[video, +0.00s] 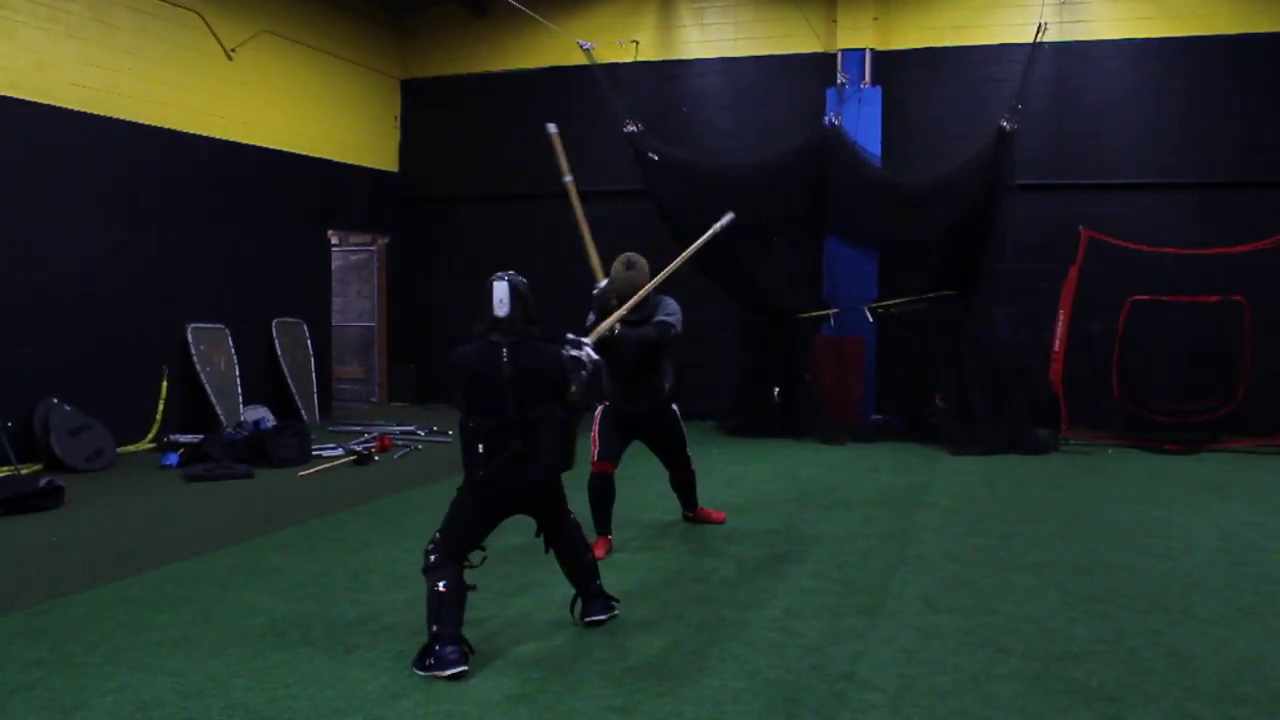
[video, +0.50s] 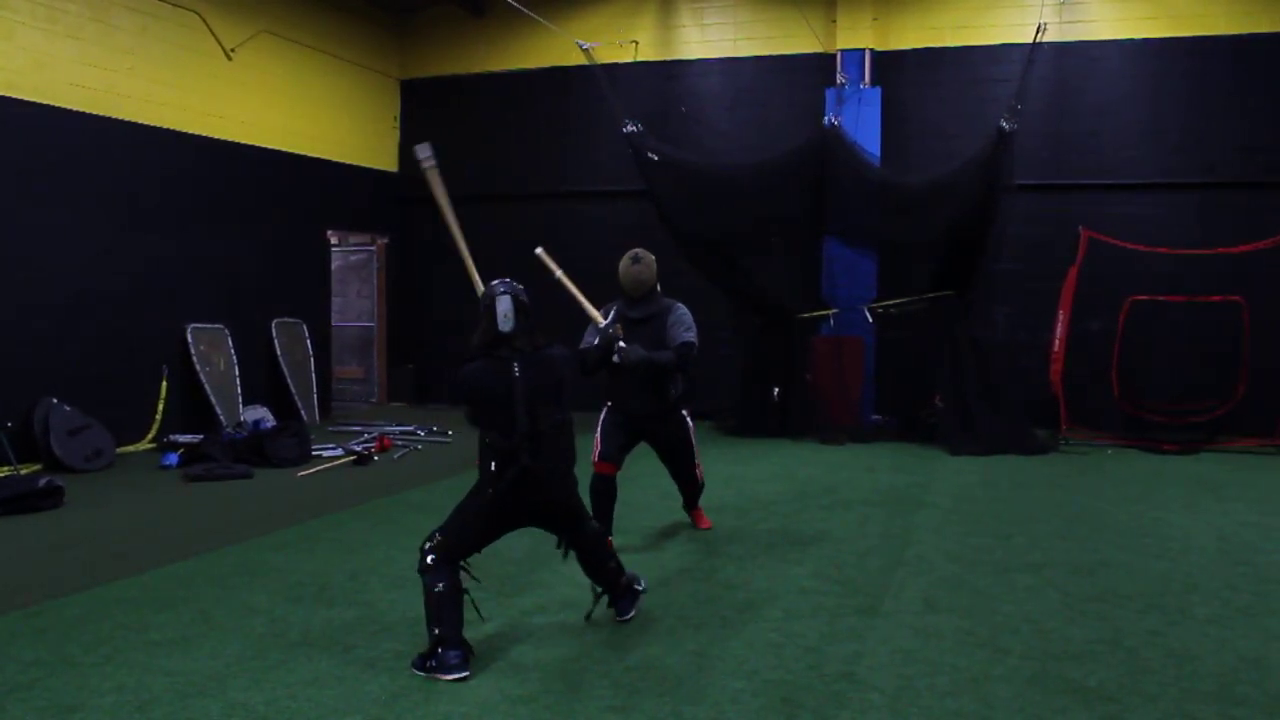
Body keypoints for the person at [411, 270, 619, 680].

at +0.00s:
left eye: (493, 306)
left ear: (485, 312)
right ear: (529, 310)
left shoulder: (467, 359)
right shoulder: (548, 356)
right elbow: (567, 410)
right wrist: (587, 367)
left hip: (489, 481)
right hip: (542, 476)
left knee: (444, 553)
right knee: (561, 526)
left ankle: (446, 645)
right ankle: (595, 599)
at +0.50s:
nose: (505, 320)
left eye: (498, 312)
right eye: (508, 310)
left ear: (484, 321)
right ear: (530, 318)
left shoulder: (475, 371)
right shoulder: (556, 362)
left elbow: (473, 417)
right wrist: (602, 343)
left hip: (498, 494)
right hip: (554, 490)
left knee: (437, 553)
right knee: (585, 535)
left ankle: (448, 649)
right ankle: (623, 593)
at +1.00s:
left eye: (592, 292)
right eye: (612, 292)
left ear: (582, 297)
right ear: (624, 298)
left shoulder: (564, 344)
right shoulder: (643, 346)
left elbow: (543, 401)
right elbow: (660, 403)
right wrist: (642, 441)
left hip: (581, 461)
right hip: (630, 460)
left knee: (553, 543)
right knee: (637, 522)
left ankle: (611, 622)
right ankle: (641, 599)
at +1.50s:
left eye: (615, 299)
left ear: (616, 304)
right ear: (655, 307)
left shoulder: (595, 344)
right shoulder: (672, 353)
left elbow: (562, 404)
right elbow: (685, 414)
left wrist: (586, 427)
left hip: (607, 468)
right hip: (656, 467)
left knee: (578, 545)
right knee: (670, 529)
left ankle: (621, 634)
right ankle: (690, 597)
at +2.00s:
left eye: (648, 300)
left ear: (651, 304)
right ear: (691, 309)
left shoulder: (637, 337)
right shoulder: (704, 348)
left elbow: (610, 393)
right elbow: (715, 403)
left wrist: (625, 426)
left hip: (649, 448)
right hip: (695, 450)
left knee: (603, 520)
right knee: (685, 514)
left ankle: (641, 608)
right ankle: (690, 595)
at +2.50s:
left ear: (620, 363)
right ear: (662, 350)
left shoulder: (622, 403)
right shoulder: (692, 369)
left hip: (683, 495)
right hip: (728, 486)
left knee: (617, 538)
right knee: (703, 502)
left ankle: (641, 612)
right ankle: (727, 573)